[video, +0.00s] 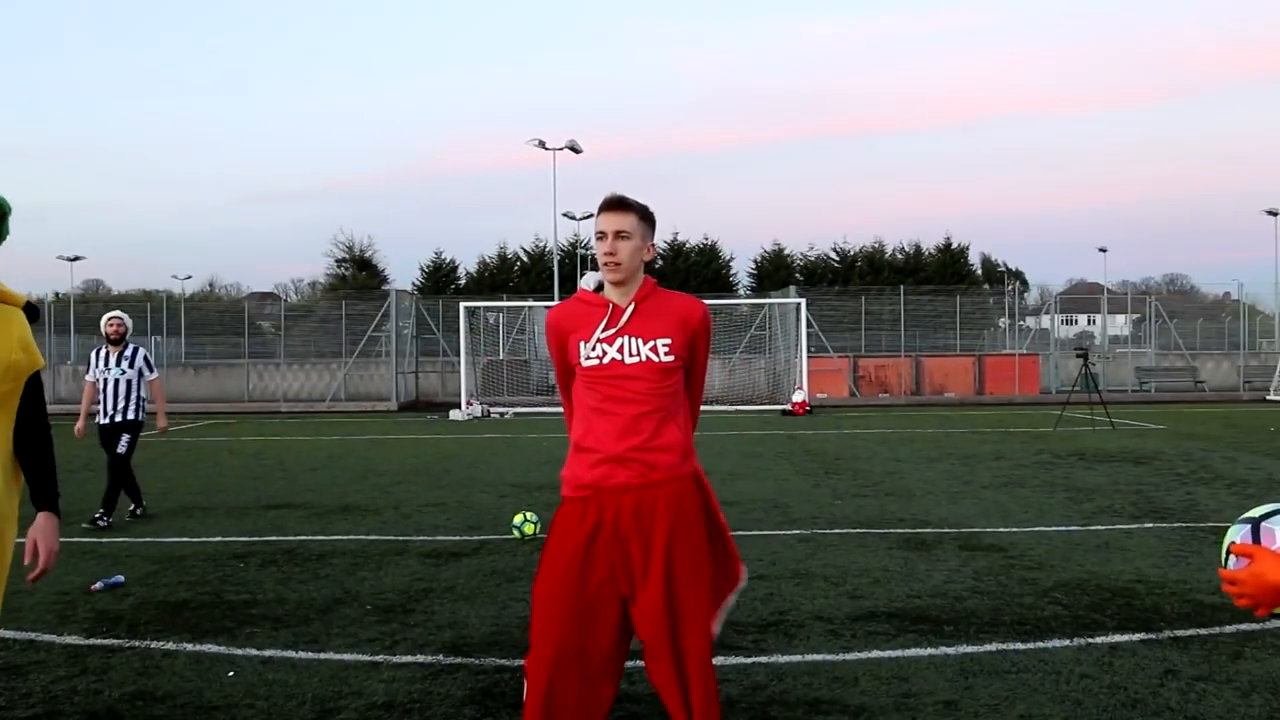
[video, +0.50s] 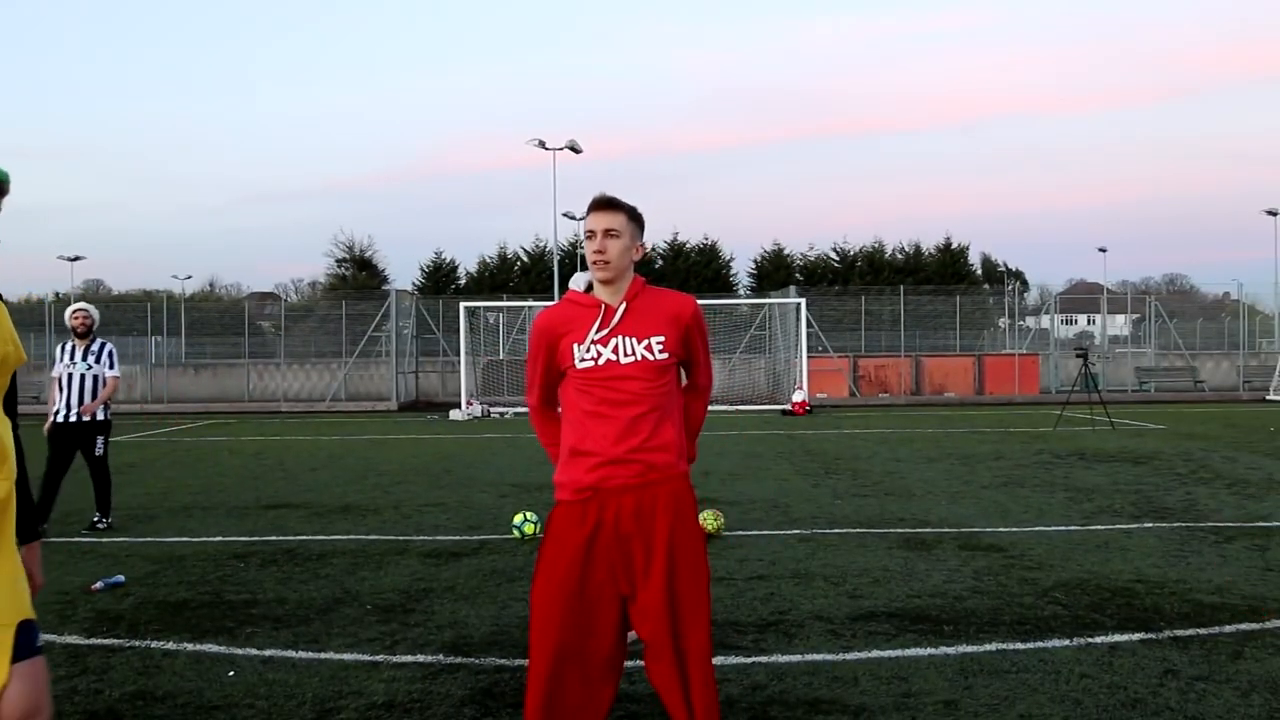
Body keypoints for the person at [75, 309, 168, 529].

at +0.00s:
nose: (115, 328)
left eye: (119, 325)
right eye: (111, 325)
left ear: (126, 329)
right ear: (104, 330)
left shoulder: (138, 354)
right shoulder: (96, 355)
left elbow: (154, 383)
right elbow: (90, 386)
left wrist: (161, 415)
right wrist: (82, 418)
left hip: (130, 417)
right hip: (105, 418)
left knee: (117, 463)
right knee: (119, 464)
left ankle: (105, 513)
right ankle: (138, 503)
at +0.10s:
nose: (110, 327)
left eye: (115, 323)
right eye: (106, 323)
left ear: (122, 328)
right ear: (99, 329)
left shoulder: (133, 353)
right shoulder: (91, 353)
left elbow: (147, 384)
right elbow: (85, 385)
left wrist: (150, 416)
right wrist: (78, 416)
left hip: (124, 416)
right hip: (99, 416)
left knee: (109, 463)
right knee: (102, 464)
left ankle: (104, 514)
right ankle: (131, 496)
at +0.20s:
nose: (103, 323)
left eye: (108, 320)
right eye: (99, 320)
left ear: (115, 324)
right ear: (92, 325)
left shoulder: (125, 350)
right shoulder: (85, 349)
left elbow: (137, 383)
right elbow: (78, 381)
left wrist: (131, 416)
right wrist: (72, 413)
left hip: (113, 416)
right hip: (87, 416)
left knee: (104, 464)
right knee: (79, 463)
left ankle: (103, 513)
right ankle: (110, 490)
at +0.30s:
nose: (98, 321)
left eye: (102, 317)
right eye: (93, 317)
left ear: (110, 321)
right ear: (87, 322)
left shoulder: (121, 347)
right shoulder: (80, 347)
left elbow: (130, 381)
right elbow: (73, 379)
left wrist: (120, 411)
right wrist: (68, 410)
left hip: (106, 416)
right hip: (80, 415)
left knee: (104, 466)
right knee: (69, 460)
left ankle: (104, 515)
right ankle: (92, 496)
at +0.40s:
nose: (88, 320)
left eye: (93, 316)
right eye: (83, 316)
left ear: (100, 321)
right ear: (77, 321)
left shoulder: (113, 348)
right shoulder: (70, 347)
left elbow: (120, 382)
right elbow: (65, 380)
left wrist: (103, 403)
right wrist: (59, 411)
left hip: (99, 419)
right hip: (71, 418)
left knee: (101, 468)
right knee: (57, 464)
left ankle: (103, 515)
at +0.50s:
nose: (81, 321)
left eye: (86, 318)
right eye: (76, 318)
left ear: (93, 322)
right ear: (70, 323)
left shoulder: (106, 349)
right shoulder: (63, 349)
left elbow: (112, 384)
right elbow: (56, 384)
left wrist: (95, 404)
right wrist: (51, 415)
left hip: (94, 422)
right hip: (64, 421)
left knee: (99, 470)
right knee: (52, 473)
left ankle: (103, 516)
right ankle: (39, 521)